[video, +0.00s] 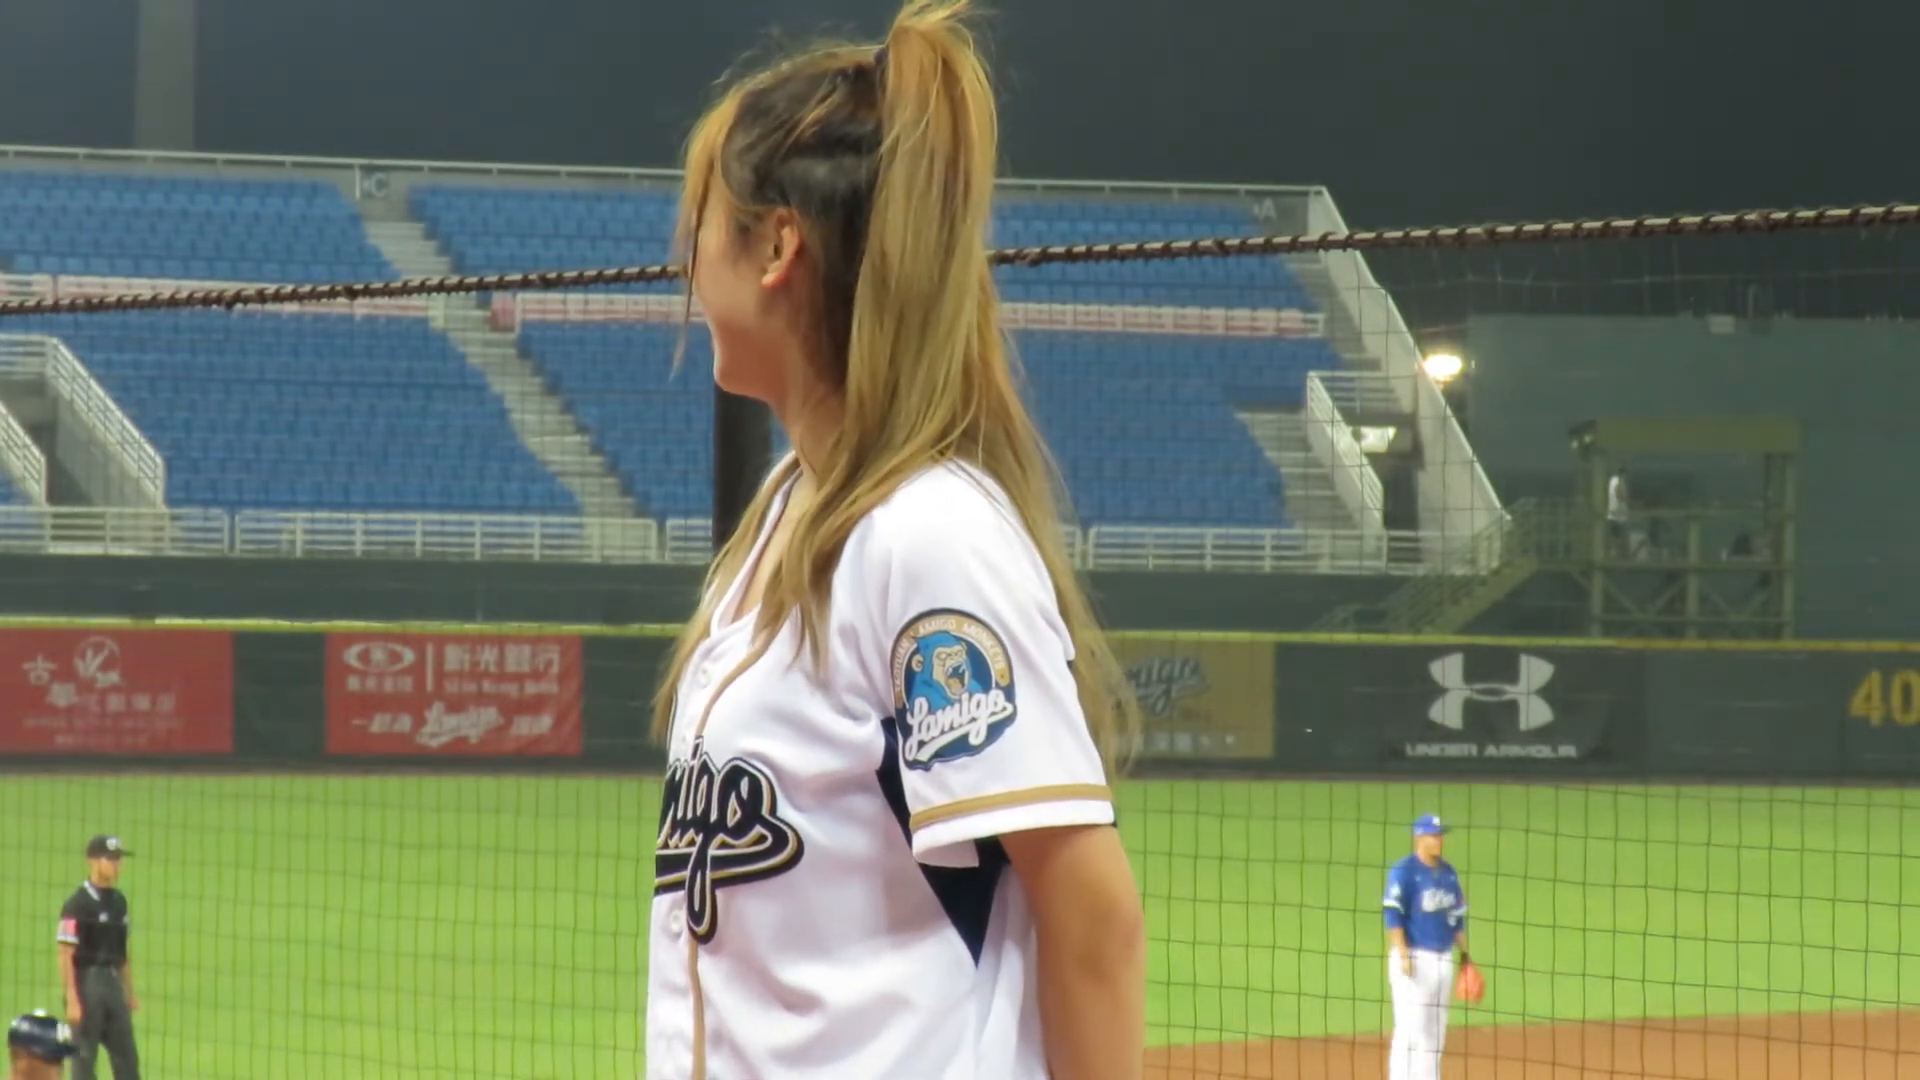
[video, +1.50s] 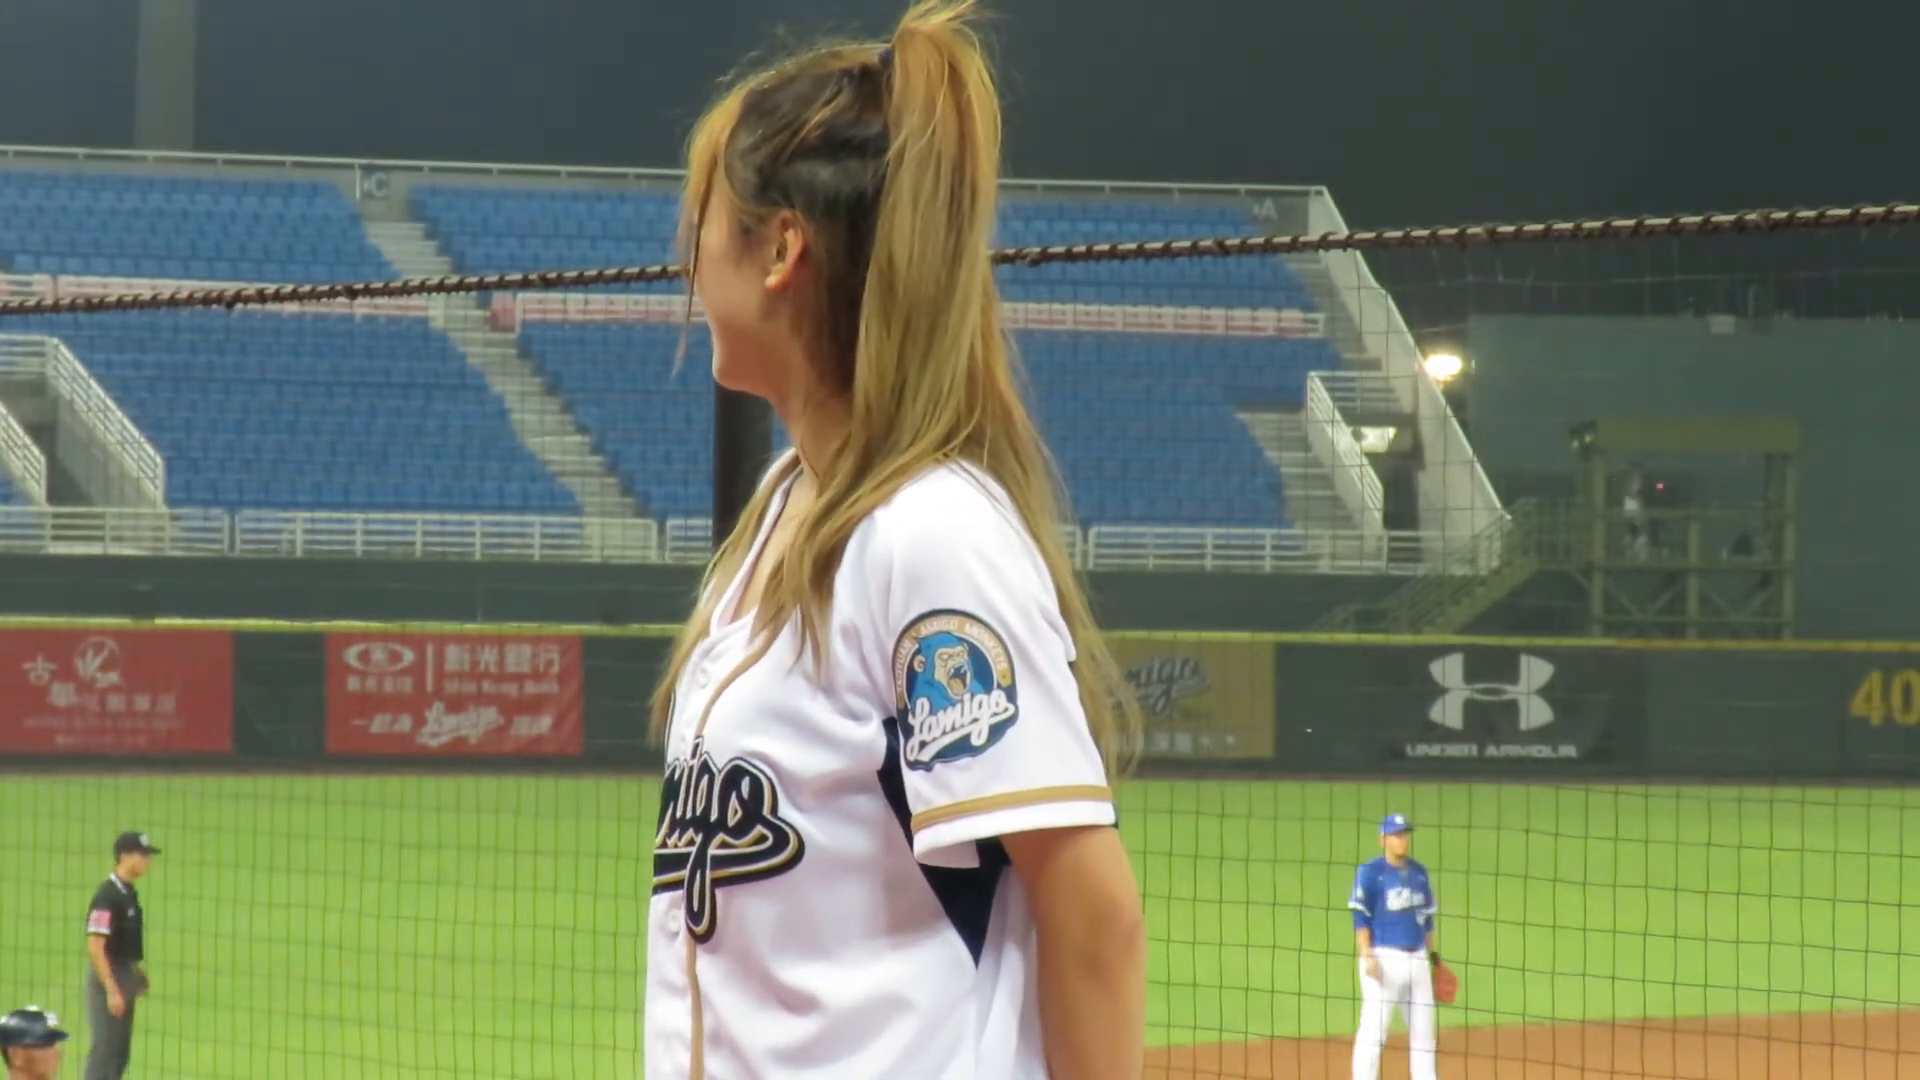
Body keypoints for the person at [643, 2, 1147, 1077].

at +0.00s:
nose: (688, 265)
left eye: (703, 224)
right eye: (697, 224)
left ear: (779, 249)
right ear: (778, 250)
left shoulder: (934, 533)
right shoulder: (783, 511)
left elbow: (1095, 913)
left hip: (888, 1056)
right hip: (725, 1050)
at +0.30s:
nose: (693, 268)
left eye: (705, 227)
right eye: (700, 226)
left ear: (783, 250)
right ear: (777, 250)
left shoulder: (933, 528)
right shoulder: (782, 504)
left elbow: (1092, 909)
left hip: (880, 1056)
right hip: (716, 1051)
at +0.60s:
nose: (691, 265)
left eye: (704, 226)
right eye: (699, 226)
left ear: (782, 249)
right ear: (775, 249)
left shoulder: (936, 531)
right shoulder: (781, 503)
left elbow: (1093, 911)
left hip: (879, 1061)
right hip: (714, 1054)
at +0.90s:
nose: (688, 263)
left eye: (702, 225)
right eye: (696, 224)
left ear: (779, 250)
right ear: (777, 251)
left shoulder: (937, 532)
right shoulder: (783, 504)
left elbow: (1096, 912)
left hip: (884, 1056)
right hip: (718, 1051)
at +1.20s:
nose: (689, 263)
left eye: (704, 224)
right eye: (698, 224)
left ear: (780, 251)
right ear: (779, 252)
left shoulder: (936, 535)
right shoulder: (787, 506)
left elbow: (1096, 916)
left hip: (887, 1056)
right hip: (726, 1050)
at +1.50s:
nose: (691, 260)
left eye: (705, 223)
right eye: (699, 222)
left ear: (783, 252)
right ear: (778, 252)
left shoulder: (936, 533)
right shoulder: (785, 502)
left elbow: (1096, 912)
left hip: (887, 1056)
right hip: (724, 1050)